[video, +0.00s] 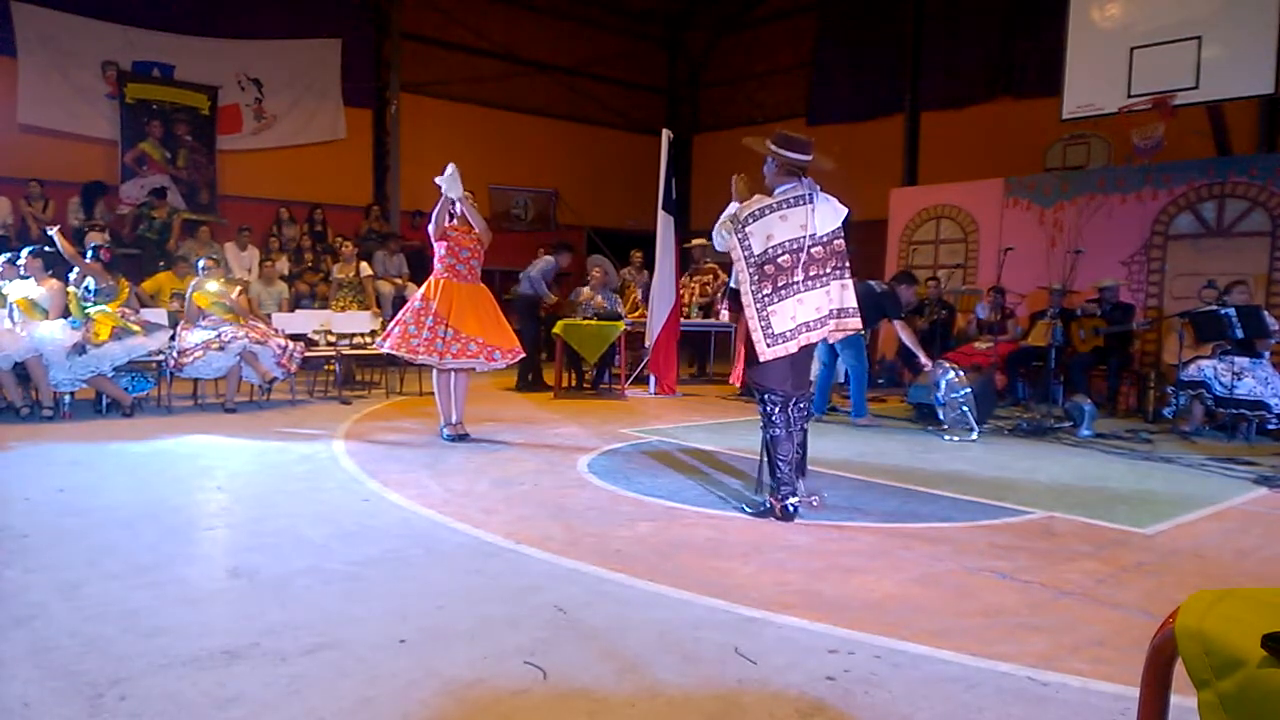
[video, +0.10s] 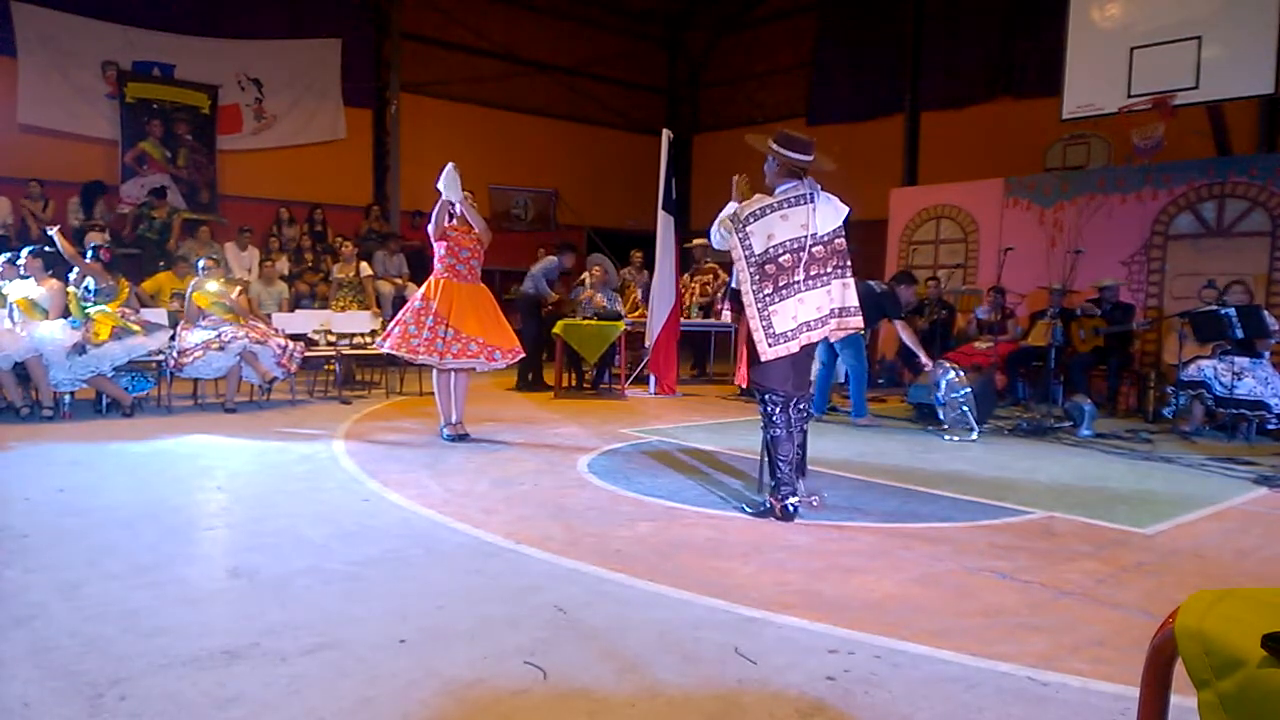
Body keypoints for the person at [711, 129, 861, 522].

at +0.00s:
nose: (763, 167)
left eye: (767, 162)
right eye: (767, 161)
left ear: (778, 167)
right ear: (803, 168)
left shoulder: (758, 210)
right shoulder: (828, 207)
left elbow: (720, 240)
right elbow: (834, 267)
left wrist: (738, 203)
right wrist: (834, 319)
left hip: (769, 320)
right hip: (809, 315)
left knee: (775, 407)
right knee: (798, 402)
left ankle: (783, 498)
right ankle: (795, 486)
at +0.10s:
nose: (764, 166)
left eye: (768, 161)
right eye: (768, 160)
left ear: (778, 166)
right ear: (803, 168)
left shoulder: (757, 210)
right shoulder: (827, 207)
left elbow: (718, 239)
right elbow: (836, 267)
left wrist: (736, 203)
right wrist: (836, 318)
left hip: (768, 319)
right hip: (809, 314)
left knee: (776, 405)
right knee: (798, 402)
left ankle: (783, 497)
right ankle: (795, 485)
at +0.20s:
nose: (763, 165)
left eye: (768, 161)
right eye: (767, 159)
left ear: (778, 166)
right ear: (804, 169)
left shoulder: (755, 209)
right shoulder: (826, 206)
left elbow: (717, 238)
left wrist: (731, 201)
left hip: (771, 319)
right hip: (812, 314)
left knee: (777, 405)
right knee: (799, 401)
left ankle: (782, 497)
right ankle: (795, 486)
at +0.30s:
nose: (765, 163)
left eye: (770, 159)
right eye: (769, 158)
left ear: (779, 165)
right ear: (806, 167)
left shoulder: (756, 207)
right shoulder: (826, 205)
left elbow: (719, 237)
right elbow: (836, 265)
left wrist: (729, 201)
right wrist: (838, 316)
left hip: (771, 319)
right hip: (814, 314)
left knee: (778, 406)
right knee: (800, 403)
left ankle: (782, 498)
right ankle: (795, 488)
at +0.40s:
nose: (767, 160)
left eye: (772, 157)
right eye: (771, 156)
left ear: (780, 164)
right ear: (808, 165)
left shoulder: (754, 205)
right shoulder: (825, 204)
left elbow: (720, 236)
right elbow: (838, 264)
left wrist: (740, 197)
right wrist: (841, 314)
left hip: (772, 318)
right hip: (815, 313)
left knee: (779, 404)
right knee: (802, 401)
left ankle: (782, 496)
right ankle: (800, 487)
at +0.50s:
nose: (769, 158)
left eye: (773, 155)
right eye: (773, 153)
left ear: (780, 163)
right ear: (810, 165)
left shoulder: (755, 205)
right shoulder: (827, 202)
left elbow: (719, 236)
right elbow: (838, 263)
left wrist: (734, 197)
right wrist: (839, 315)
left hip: (775, 318)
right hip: (818, 313)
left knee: (781, 405)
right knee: (803, 399)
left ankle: (781, 497)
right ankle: (809, 487)